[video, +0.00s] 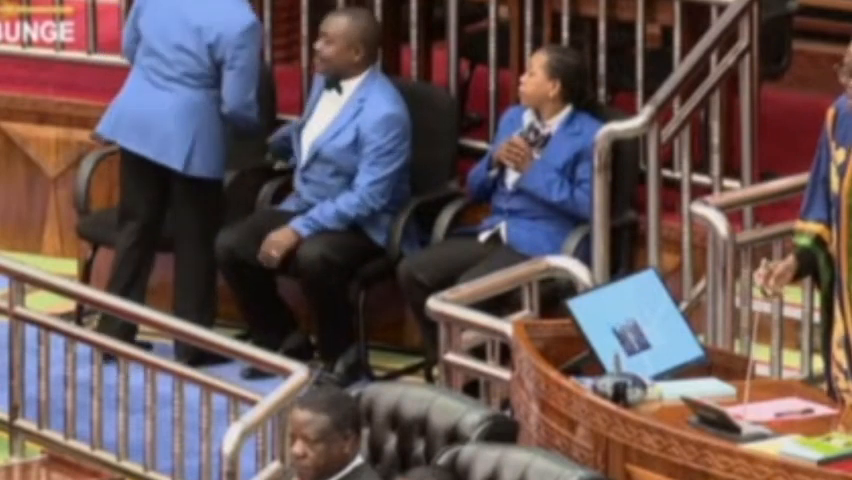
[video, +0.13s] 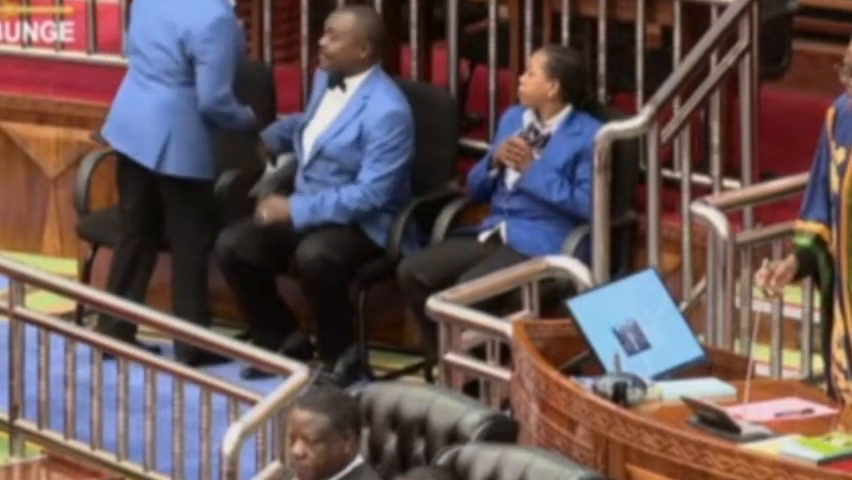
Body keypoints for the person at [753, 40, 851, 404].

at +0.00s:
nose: (843, 72)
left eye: (847, 65)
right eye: (843, 65)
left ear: (850, 70)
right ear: (839, 69)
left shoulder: (839, 117)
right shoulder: (839, 116)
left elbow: (821, 198)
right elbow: (822, 197)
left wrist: (797, 261)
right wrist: (797, 261)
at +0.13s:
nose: (843, 66)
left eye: (848, 60)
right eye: (843, 59)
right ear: (839, 66)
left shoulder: (839, 117)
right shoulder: (839, 116)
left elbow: (821, 207)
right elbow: (822, 205)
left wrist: (796, 261)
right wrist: (796, 262)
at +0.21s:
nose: (843, 66)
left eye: (848, 60)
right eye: (843, 59)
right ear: (839, 66)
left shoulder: (839, 117)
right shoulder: (839, 116)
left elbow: (821, 207)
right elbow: (822, 205)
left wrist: (796, 261)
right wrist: (796, 262)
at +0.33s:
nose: (844, 68)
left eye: (848, 62)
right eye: (843, 61)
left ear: (851, 67)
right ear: (839, 65)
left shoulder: (839, 116)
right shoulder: (839, 115)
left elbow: (821, 206)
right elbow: (822, 204)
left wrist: (796, 261)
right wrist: (796, 261)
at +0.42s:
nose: (843, 69)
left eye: (848, 63)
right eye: (843, 62)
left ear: (851, 67)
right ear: (839, 65)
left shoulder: (839, 116)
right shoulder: (839, 115)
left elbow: (821, 204)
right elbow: (822, 202)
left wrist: (796, 261)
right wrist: (796, 261)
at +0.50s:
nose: (844, 64)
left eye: (849, 57)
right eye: (844, 56)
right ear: (840, 61)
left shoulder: (839, 115)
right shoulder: (839, 114)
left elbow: (820, 203)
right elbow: (822, 201)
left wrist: (796, 260)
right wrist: (796, 261)